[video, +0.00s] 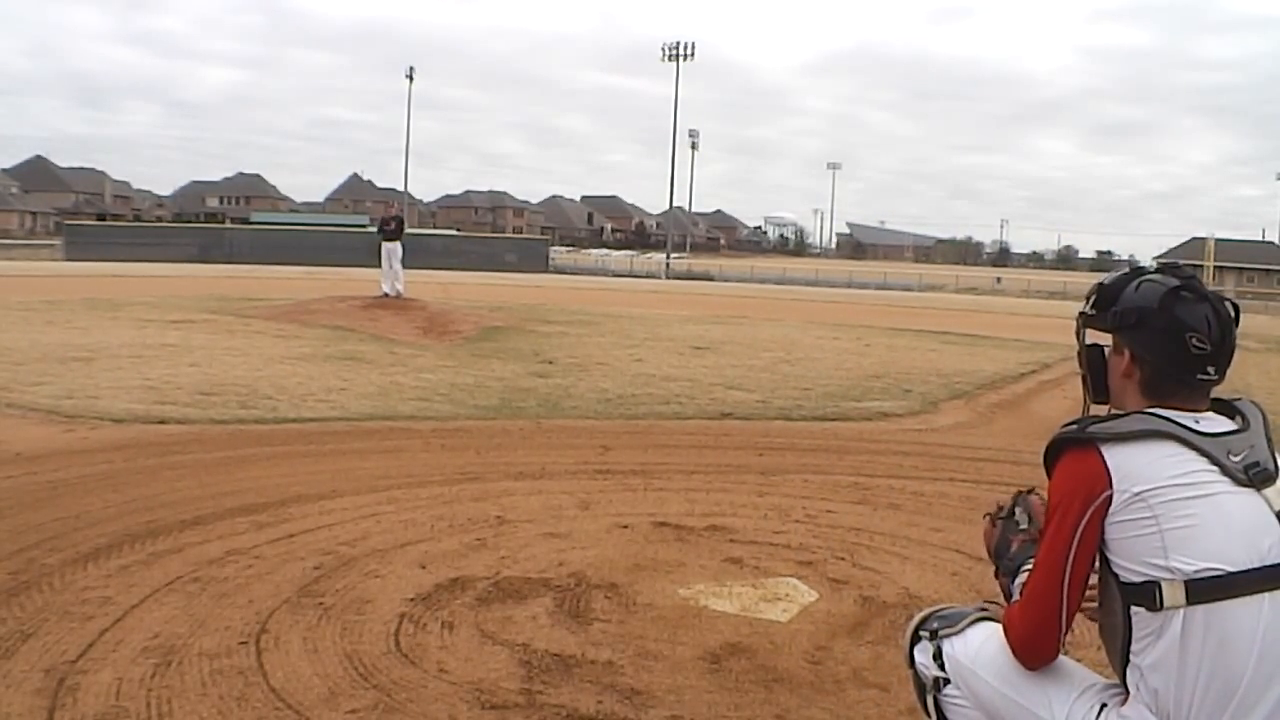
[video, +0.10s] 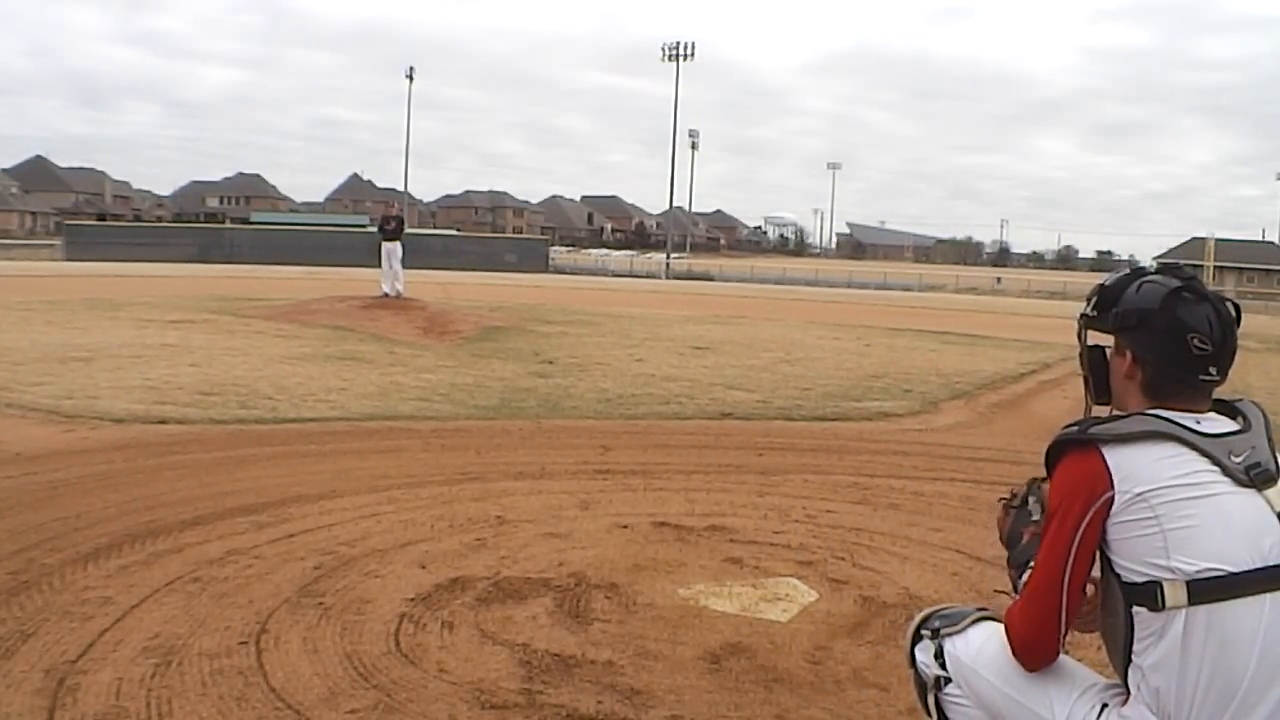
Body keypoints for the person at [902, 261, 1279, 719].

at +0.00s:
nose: (1103, 360)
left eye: (1108, 348)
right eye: (1106, 346)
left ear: (1126, 362)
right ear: (1208, 366)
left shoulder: (1099, 456)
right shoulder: (1252, 433)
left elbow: (1033, 648)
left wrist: (1021, 561)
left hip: (1163, 717)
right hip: (1262, 708)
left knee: (942, 641)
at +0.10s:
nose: (1105, 360)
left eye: (1110, 348)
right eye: (1109, 346)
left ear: (1127, 363)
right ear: (1210, 367)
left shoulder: (1100, 456)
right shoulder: (1253, 434)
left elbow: (1033, 649)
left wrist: (1030, 557)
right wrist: (1107, 606)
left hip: (1161, 717)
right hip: (1262, 709)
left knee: (943, 640)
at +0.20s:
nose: (1108, 360)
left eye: (1113, 349)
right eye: (1111, 347)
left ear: (1130, 364)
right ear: (1210, 368)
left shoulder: (1102, 458)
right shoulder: (1255, 434)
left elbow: (1032, 652)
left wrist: (1038, 546)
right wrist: (1096, 603)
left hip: (1161, 713)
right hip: (1261, 705)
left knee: (942, 640)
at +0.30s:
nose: (1112, 360)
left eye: (1117, 349)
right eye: (1115, 348)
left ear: (1134, 364)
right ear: (1213, 369)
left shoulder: (1105, 459)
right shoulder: (1256, 434)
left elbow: (1036, 653)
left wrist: (1053, 570)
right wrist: (1097, 598)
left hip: (1168, 712)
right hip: (1262, 704)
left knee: (943, 640)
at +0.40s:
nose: (1114, 361)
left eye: (1120, 348)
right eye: (1117, 347)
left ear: (1138, 364)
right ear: (1217, 369)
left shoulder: (1109, 458)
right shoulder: (1260, 436)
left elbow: (1039, 651)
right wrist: (1112, 591)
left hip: (1168, 716)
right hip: (1262, 709)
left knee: (945, 641)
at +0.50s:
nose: (1118, 362)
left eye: (1123, 350)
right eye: (1120, 348)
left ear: (1142, 365)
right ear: (1221, 368)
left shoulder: (1115, 457)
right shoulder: (1263, 438)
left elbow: (1041, 650)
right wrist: (1118, 593)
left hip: (1171, 715)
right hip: (1264, 708)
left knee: (946, 640)